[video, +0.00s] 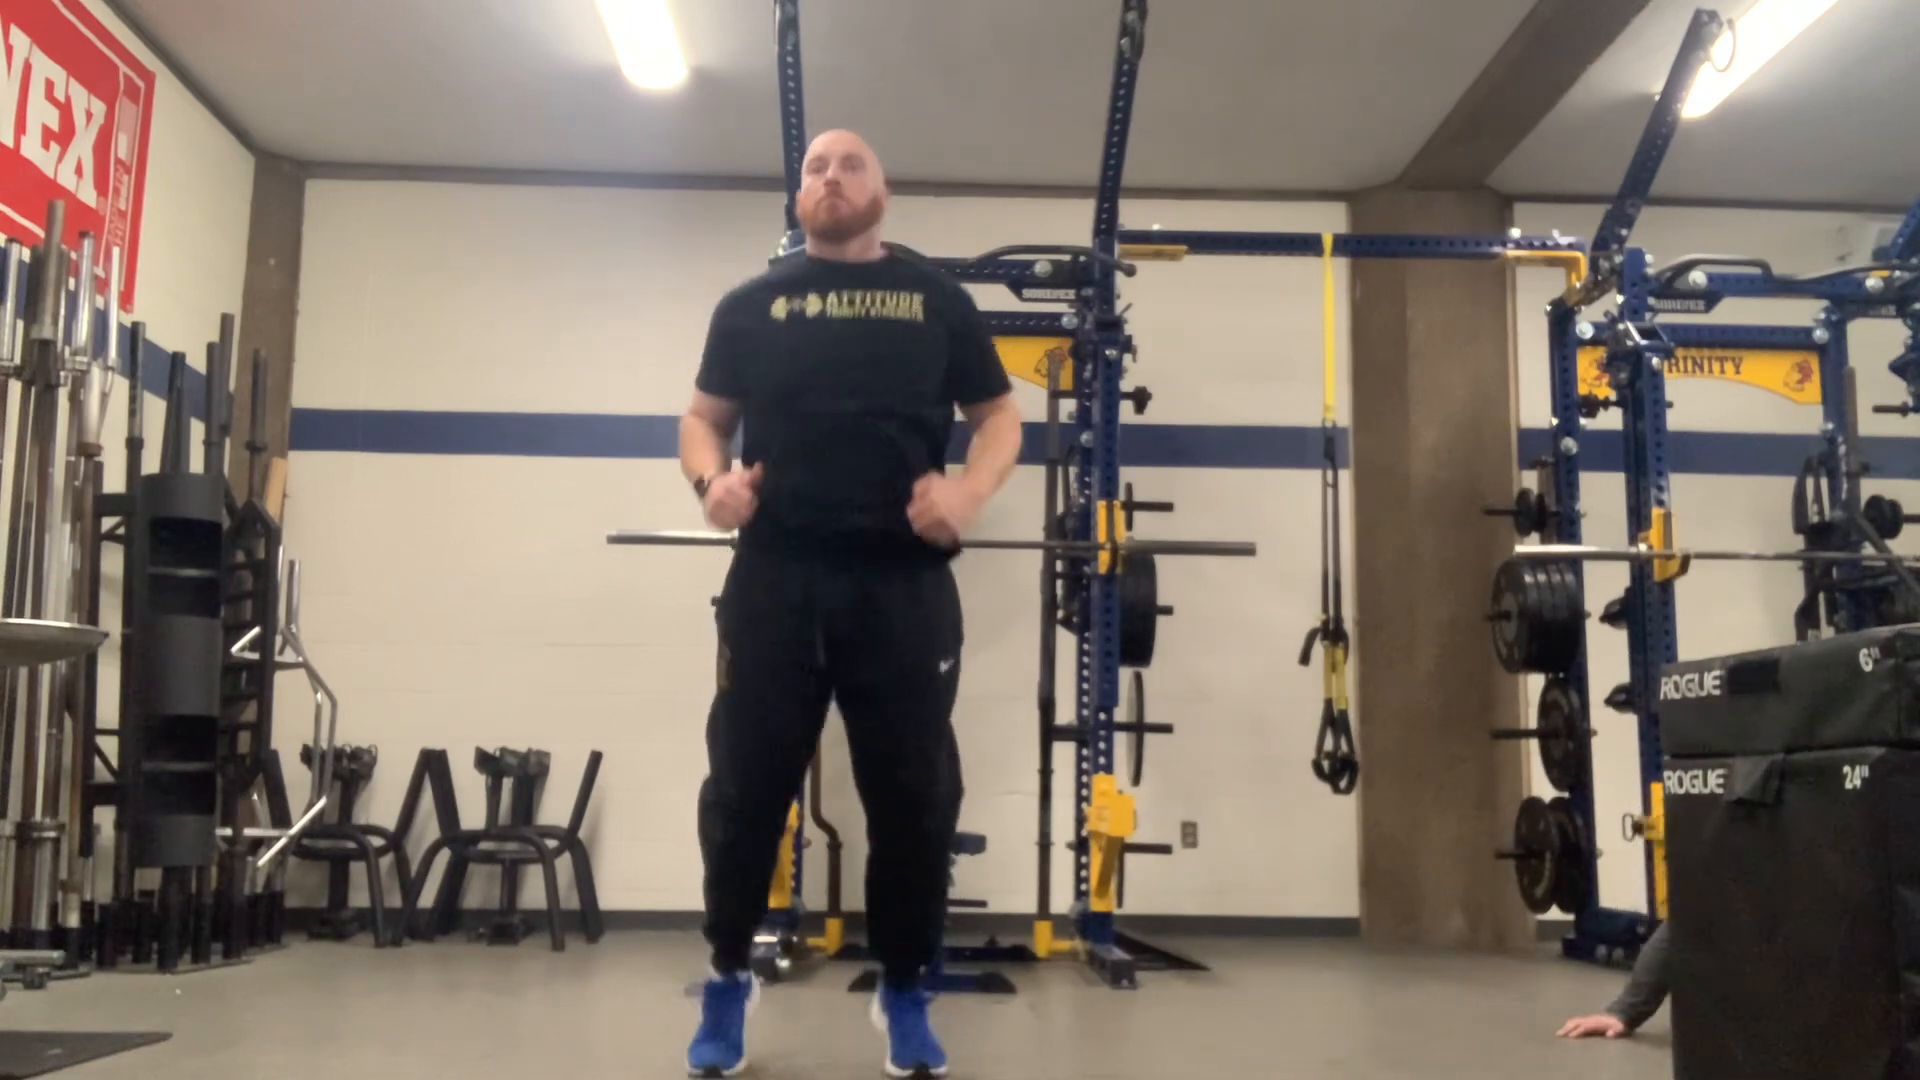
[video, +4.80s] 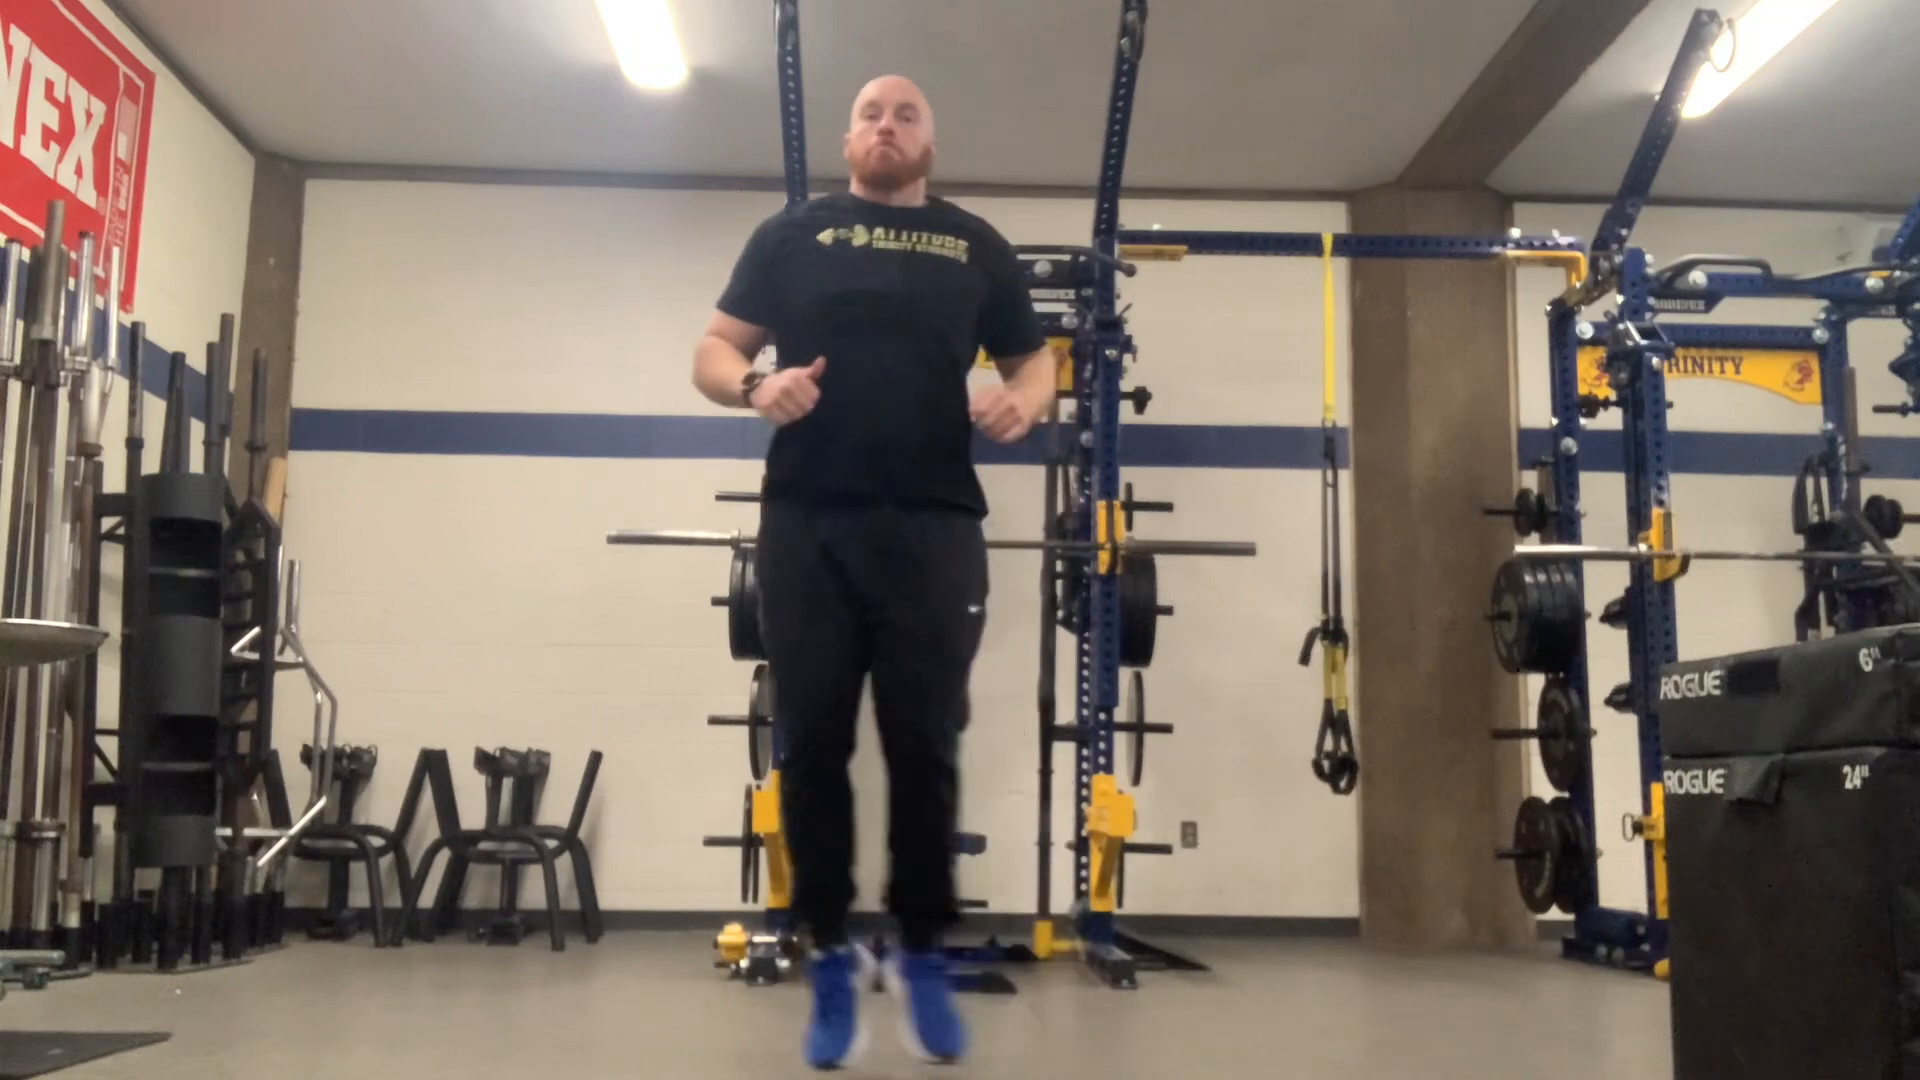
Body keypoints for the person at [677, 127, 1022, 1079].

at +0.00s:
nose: (832, 176)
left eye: (850, 164)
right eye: (816, 168)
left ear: (885, 194)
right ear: (796, 201)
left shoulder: (938, 297)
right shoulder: (749, 306)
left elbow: (1000, 420)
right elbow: (703, 424)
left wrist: (970, 488)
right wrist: (713, 479)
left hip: (902, 580)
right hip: (777, 577)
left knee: (916, 797)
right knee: (744, 786)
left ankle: (906, 995)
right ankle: (725, 980)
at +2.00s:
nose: (834, 129)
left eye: (854, 119)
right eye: (818, 120)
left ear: (887, 151)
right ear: (796, 153)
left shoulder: (935, 257)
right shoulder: (745, 253)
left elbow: (992, 379)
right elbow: (696, 389)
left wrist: (955, 410)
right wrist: (755, 396)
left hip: (896, 548)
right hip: (766, 544)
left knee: (909, 768)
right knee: (731, 757)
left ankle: (912, 965)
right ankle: (711, 957)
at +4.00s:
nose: (830, 197)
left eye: (848, 187)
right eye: (814, 189)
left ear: (882, 220)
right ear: (791, 225)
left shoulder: (943, 329)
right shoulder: (748, 333)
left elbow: (1006, 452)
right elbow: (694, 457)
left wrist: (966, 475)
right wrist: (717, 489)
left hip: (906, 609)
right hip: (772, 606)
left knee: (926, 817)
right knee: (723, 815)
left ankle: (939, 1024)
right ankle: (663, 1019)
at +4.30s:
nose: (873, 131)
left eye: (890, 119)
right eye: (857, 121)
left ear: (920, 146)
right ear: (832, 153)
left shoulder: (987, 237)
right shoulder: (795, 261)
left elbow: (1073, 351)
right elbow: (759, 389)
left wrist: (1030, 359)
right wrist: (784, 416)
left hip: (971, 540)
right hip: (841, 540)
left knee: (989, 761)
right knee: (816, 751)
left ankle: (998, 980)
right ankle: (800, 963)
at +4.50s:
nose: (913, 216)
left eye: (930, 204)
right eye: (896, 203)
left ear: (957, 230)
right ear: (868, 229)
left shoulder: (1014, 330)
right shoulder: (824, 349)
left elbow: (1074, 441)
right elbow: (773, 470)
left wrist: (1070, 484)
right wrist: (787, 497)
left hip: (1018, 616)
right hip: (891, 624)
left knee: (1057, 830)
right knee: (904, 830)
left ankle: (1099, 1030)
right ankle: (944, 1021)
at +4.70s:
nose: (914, 152)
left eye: (932, 142)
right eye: (898, 141)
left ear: (960, 174)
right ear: (870, 171)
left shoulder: (1000, 282)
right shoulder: (808, 271)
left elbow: (1055, 400)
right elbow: (744, 392)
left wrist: (1048, 432)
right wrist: (792, 407)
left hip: (965, 572)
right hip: (839, 573)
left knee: (1012, 785)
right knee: (866, 793)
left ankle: (1052, 998)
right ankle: (917, 1004)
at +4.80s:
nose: (887, 126)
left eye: (905, 116)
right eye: (871, 114)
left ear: (934, 144)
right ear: (845, 141)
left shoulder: (977, 245)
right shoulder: (787, 236)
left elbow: (1033, 365)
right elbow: (713, 357)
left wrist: (1020, 399)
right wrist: (755, 385)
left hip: (932, 532)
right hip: (807, 530)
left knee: (925, 747)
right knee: (811, 746)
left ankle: (925, 955)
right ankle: (828, 955)